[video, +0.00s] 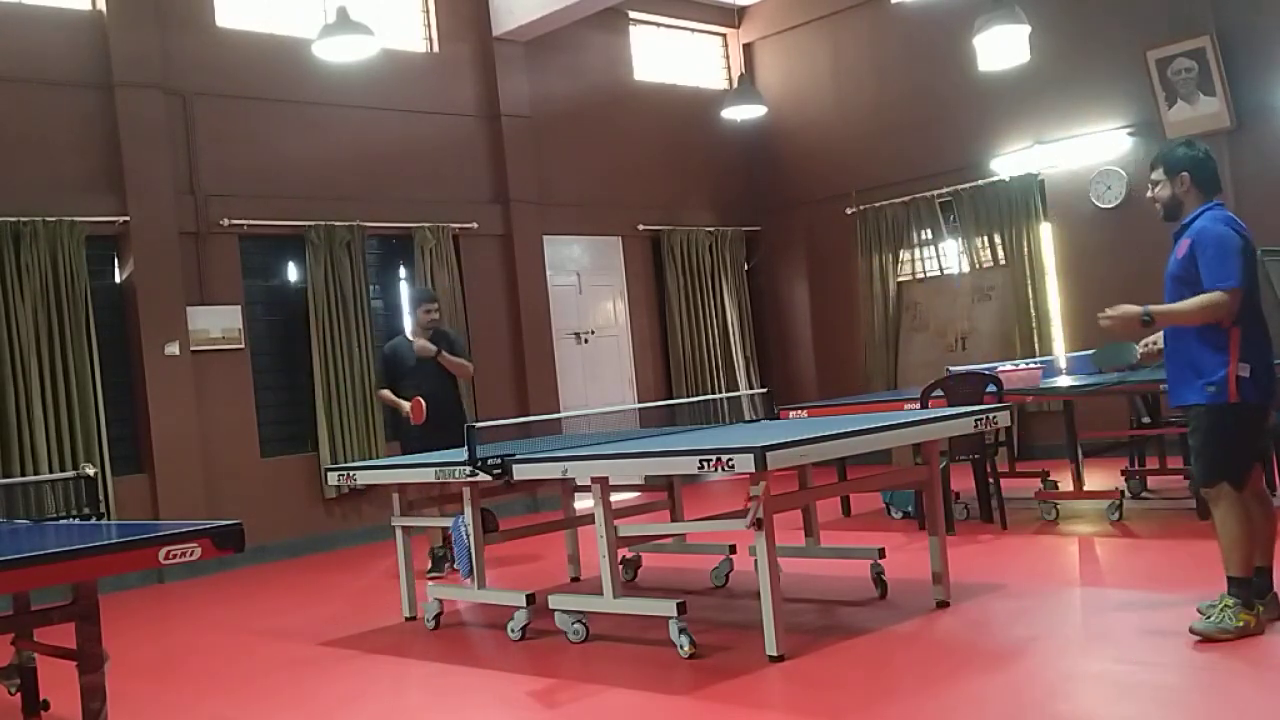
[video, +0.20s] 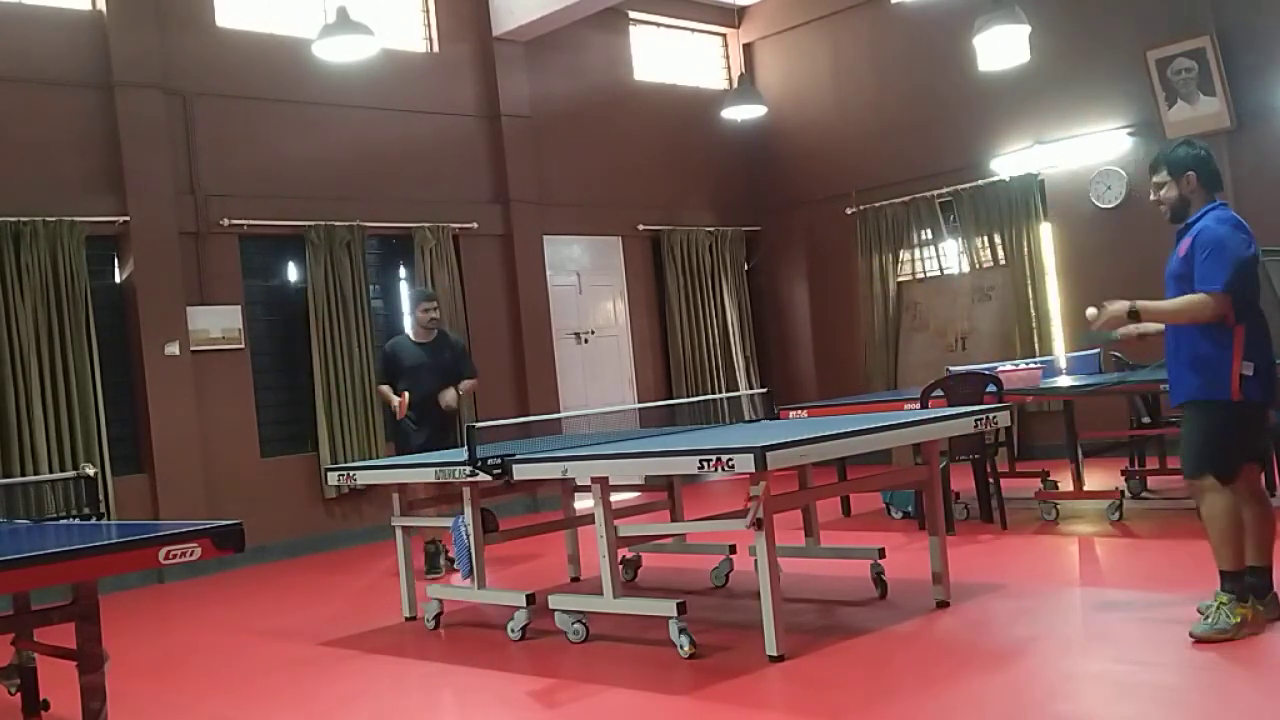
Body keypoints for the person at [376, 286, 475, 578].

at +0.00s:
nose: (434, 316)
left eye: (436, 311)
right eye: (427, 312)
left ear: (440, 312)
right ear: (413, 314)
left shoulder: (448, 339)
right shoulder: (393, 350)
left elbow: (467, 371)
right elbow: (381, 389)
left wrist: (435, 352)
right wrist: (400, 404)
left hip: (452, 426)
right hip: (417, 431)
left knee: (457, 490)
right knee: (427, 493)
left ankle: (460, 546)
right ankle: (437, 549)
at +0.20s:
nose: (434, 315)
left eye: (436, 309)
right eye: (427, 311)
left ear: (440, 311)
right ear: (413, 314)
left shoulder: (452, 344)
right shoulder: (394, 348)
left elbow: (471, 379)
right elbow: (382, 384)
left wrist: (456, 391)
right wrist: (393, 399)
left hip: (446, 429)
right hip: (412, 432)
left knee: (450, 490)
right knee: (421, 492)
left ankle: (448, 547)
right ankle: (432, 547)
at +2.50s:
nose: (442, 338)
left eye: (445, 332)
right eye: (435, 333)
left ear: (449, 332)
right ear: (420, 335)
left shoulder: (464, 362)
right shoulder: (403, 371)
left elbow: (486, 390)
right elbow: (394, 412)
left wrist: (485, 424)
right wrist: (418, 425)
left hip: (464, 449)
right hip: (417, 453)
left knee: (497, 486)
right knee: (398, 496)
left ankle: (506, 548)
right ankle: (394, 562)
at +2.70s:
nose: (445, 355)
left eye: (447, 348)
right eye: (437, 350)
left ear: (451, 348)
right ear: (422, 352)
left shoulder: (464, 376)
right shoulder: (405, 385)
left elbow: (482, 412)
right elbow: (396, 430)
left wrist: (484, 434)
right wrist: (423, 443)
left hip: (464, 461)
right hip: (421, 466)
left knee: (502, 482)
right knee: (391, 493)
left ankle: (507, 549)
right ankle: (393, 564)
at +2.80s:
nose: (445, 348)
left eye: (447, 342)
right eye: (437, 343)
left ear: (451, 342)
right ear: (422, 346)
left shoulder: (464, 372)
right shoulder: (405, 380)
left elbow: (478, 406)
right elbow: (398, 426)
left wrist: (481, 431)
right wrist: (423, 435)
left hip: (463, 456)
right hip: (418, 461)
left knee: (502, 481)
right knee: (392, 493)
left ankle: (507, 549)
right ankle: (394, 563)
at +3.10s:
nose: (444, 334)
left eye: (447, 329)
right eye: (437, 330)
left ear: (451, 332)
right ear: (421, 335)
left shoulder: (464, 364)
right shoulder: (406, 371)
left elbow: (480, 401)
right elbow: (399, 416)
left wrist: (479, 425)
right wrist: (423, 420)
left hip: (462, 452)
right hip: (418, 455)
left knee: (504, 483)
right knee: (393, 493)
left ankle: (508, 549)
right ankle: (393, 563)